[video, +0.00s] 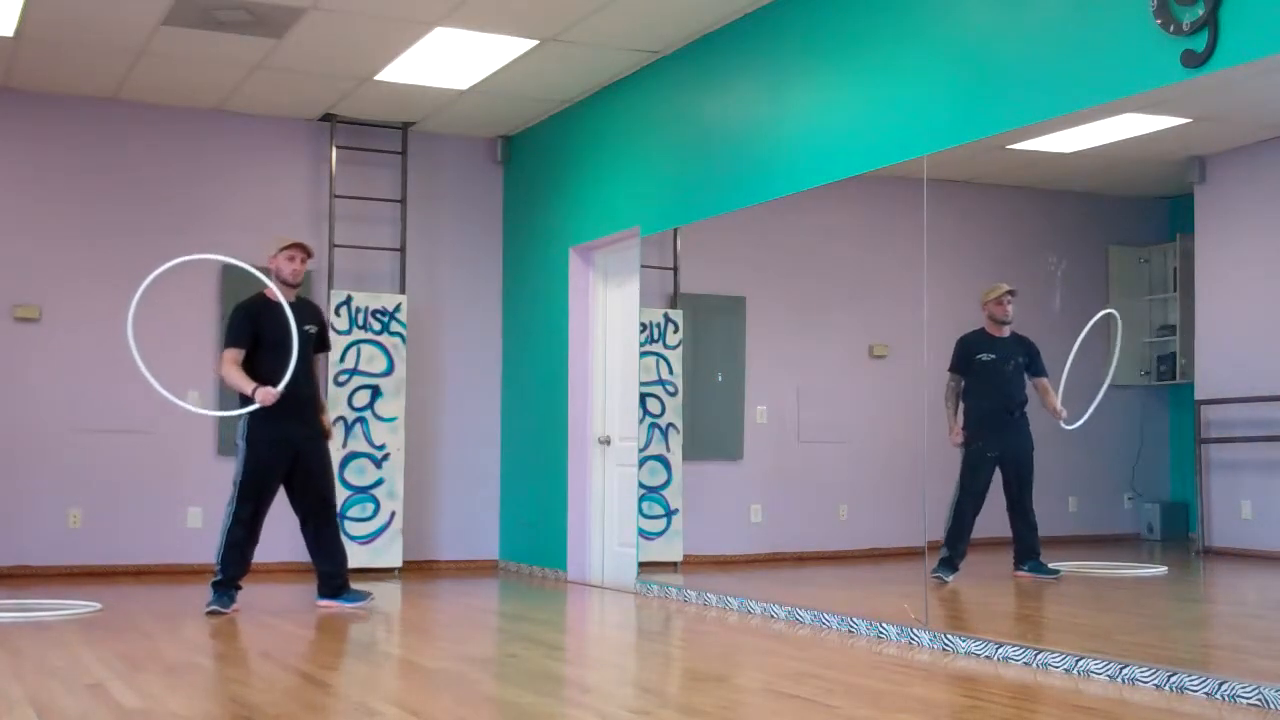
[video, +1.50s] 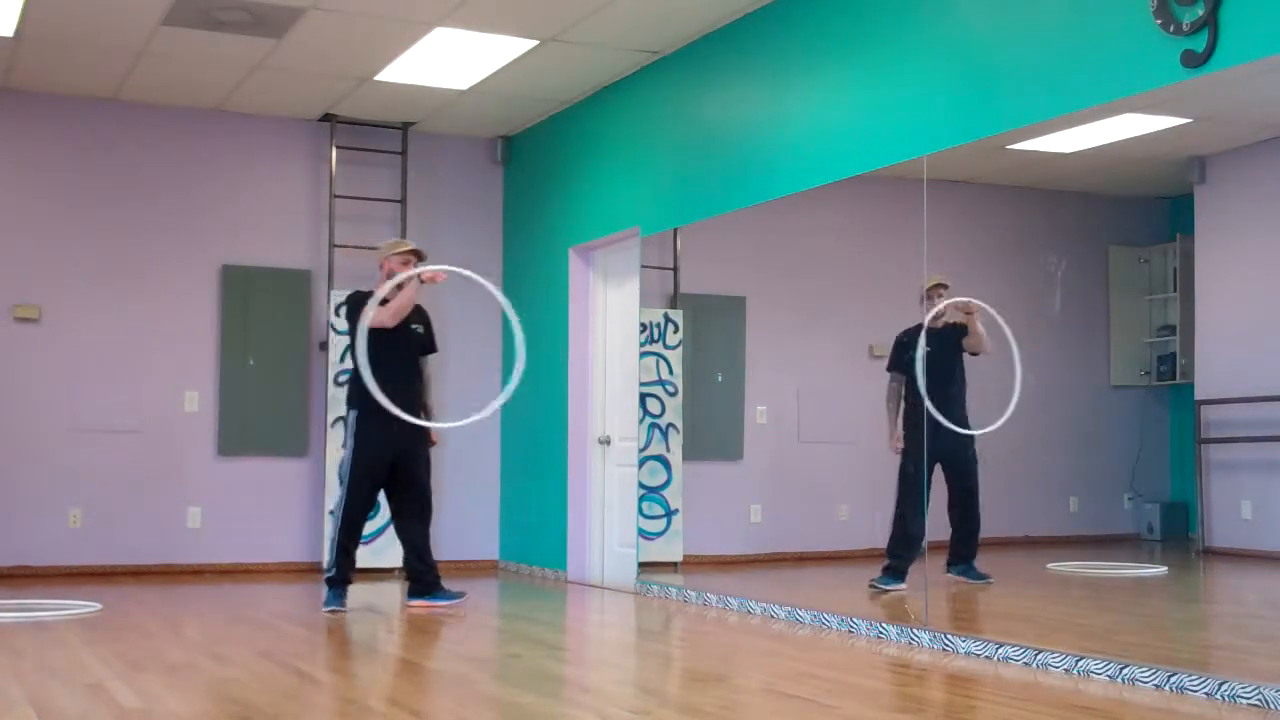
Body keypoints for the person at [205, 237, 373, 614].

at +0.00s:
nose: (297, 266)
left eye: (303, 261)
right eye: (290, 259)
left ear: (307, 269)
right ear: (272, 263)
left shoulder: (311, 313)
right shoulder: (250, 310)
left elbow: (314, 370)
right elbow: (228, 365)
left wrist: (321, 411)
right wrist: (253, 389)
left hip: (307, 424)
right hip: (266, 424)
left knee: (320, 507)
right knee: (247, 508)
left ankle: (333, 587)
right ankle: (224, 589)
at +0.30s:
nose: (343, 266)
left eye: (349, 262)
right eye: (336, 259)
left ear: (353, 270)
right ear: (318, 264)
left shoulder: (355, 314)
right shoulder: (296, 307)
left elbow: (360, 371)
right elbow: (273, 362)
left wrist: (367, 416)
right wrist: (283, 399)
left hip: (346, 425)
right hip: (306, 423)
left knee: (347, 509)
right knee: (289, 506)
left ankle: (336, 589)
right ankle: (261, 589)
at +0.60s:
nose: (352, 264)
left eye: (358, 260)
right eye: (346, 258)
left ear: (364, 269)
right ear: (331, 263)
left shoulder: (370, 314)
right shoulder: (307, 306)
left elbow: (374, 367)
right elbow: (282, 359)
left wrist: (383, 410)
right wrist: (312, 386)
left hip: (359, 416)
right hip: (320, 415)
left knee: (359, 498)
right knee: (324, 498)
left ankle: (345, 587)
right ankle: (323, 589)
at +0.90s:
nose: (365, 270)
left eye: (368, 265)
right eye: (358, 263)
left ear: (368, 270)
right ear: (337, 266)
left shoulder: (369, 315)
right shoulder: (315, 311)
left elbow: (370, 366)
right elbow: (314, 361)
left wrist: (373, 404)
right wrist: (351, 395)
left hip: (368, 418)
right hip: (331, 417)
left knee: (386, 501)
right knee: (326, 504)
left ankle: (416, 583)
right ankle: (323, 587)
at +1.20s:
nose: (385, 270)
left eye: (388, 266)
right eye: (378, 263)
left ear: (387, 272)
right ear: (356, 266)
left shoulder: (386, 317)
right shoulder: (337, 305)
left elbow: (382, 380)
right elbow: (373, 332)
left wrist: (392, 422)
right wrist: (414, 353)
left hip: (379, 417)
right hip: (341, 415)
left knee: (398, 502)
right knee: (330, 501)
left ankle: (424, 586)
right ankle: (318, 586)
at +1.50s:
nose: (409, 270)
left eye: (413, 265)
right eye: (402, 263)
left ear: (418, 269)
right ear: (384, 266)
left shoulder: (418, 314)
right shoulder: (358, 301)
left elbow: (420, 375)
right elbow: (388, 317)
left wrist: (427, 421)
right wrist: (417, 280)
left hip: (409, 418)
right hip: (369, 417)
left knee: (414, 506)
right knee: (355, 504)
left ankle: (423, 585)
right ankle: (337, 586)